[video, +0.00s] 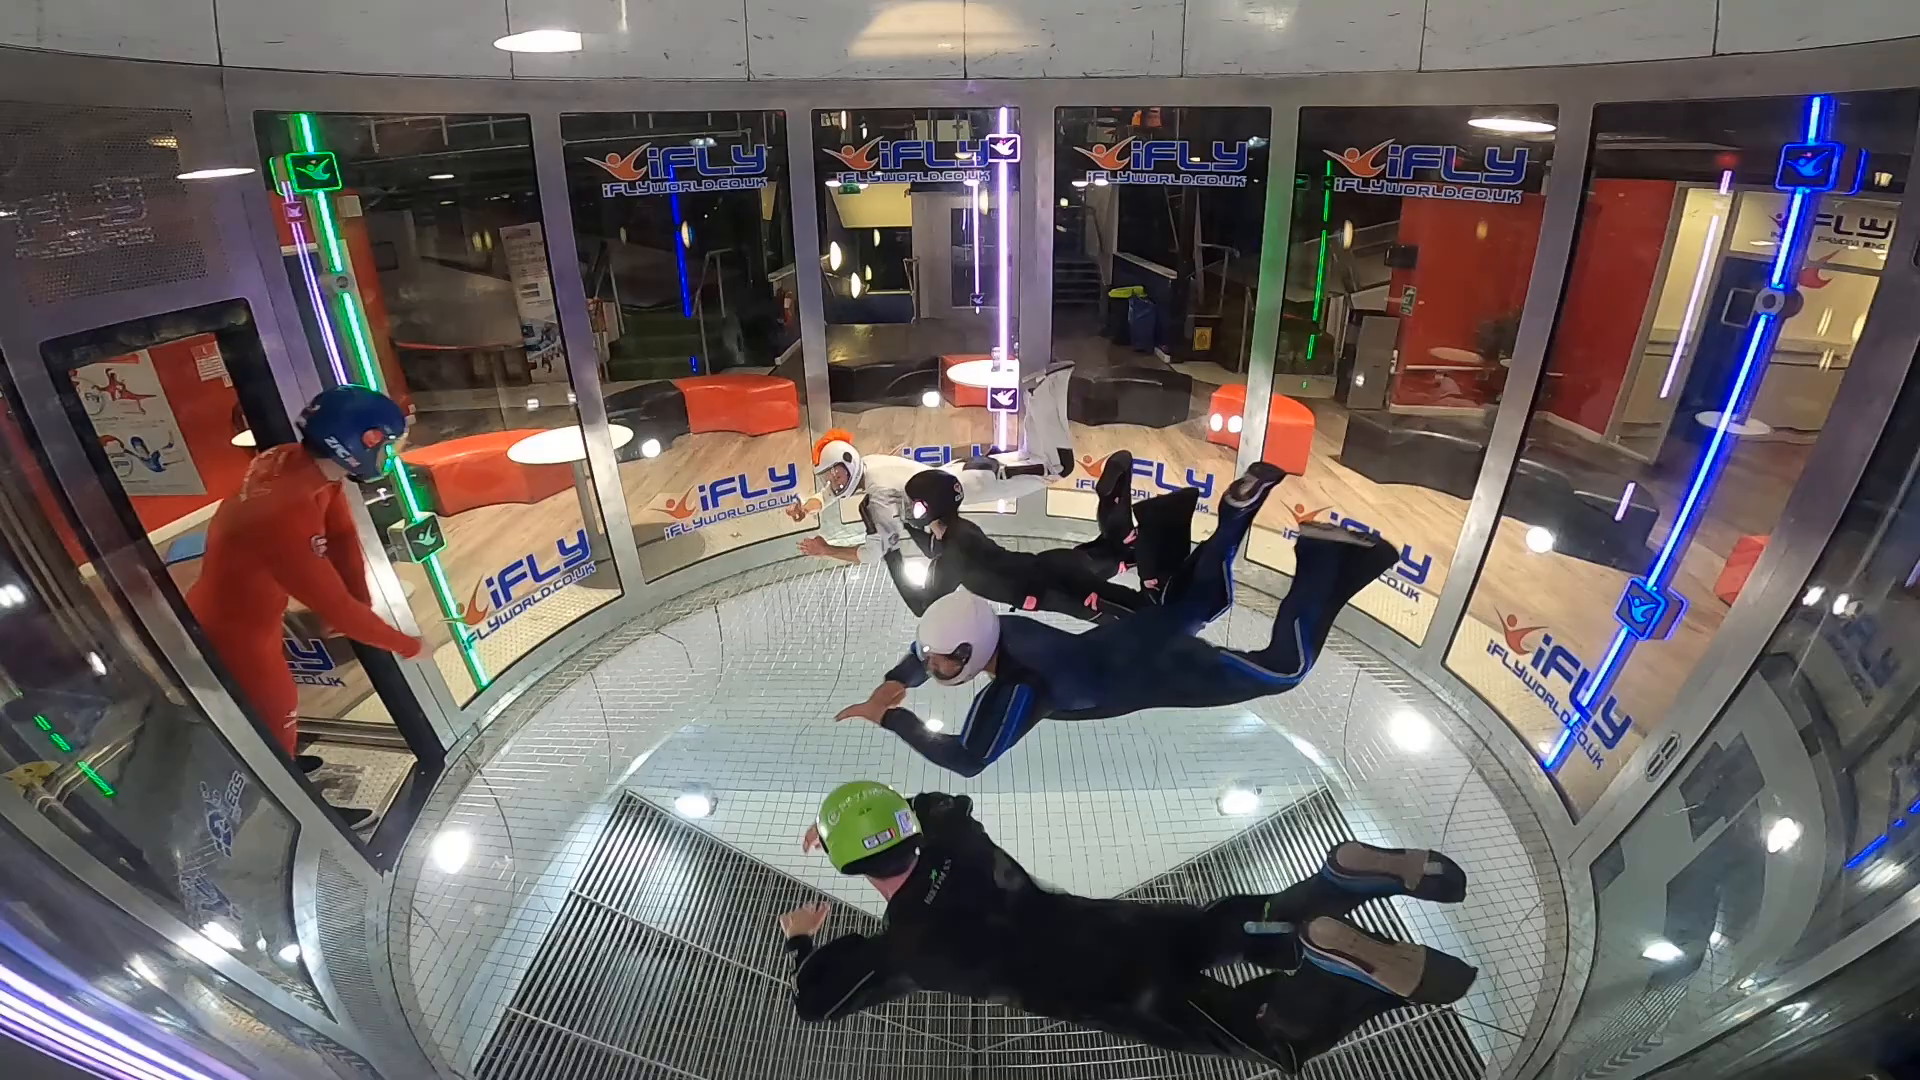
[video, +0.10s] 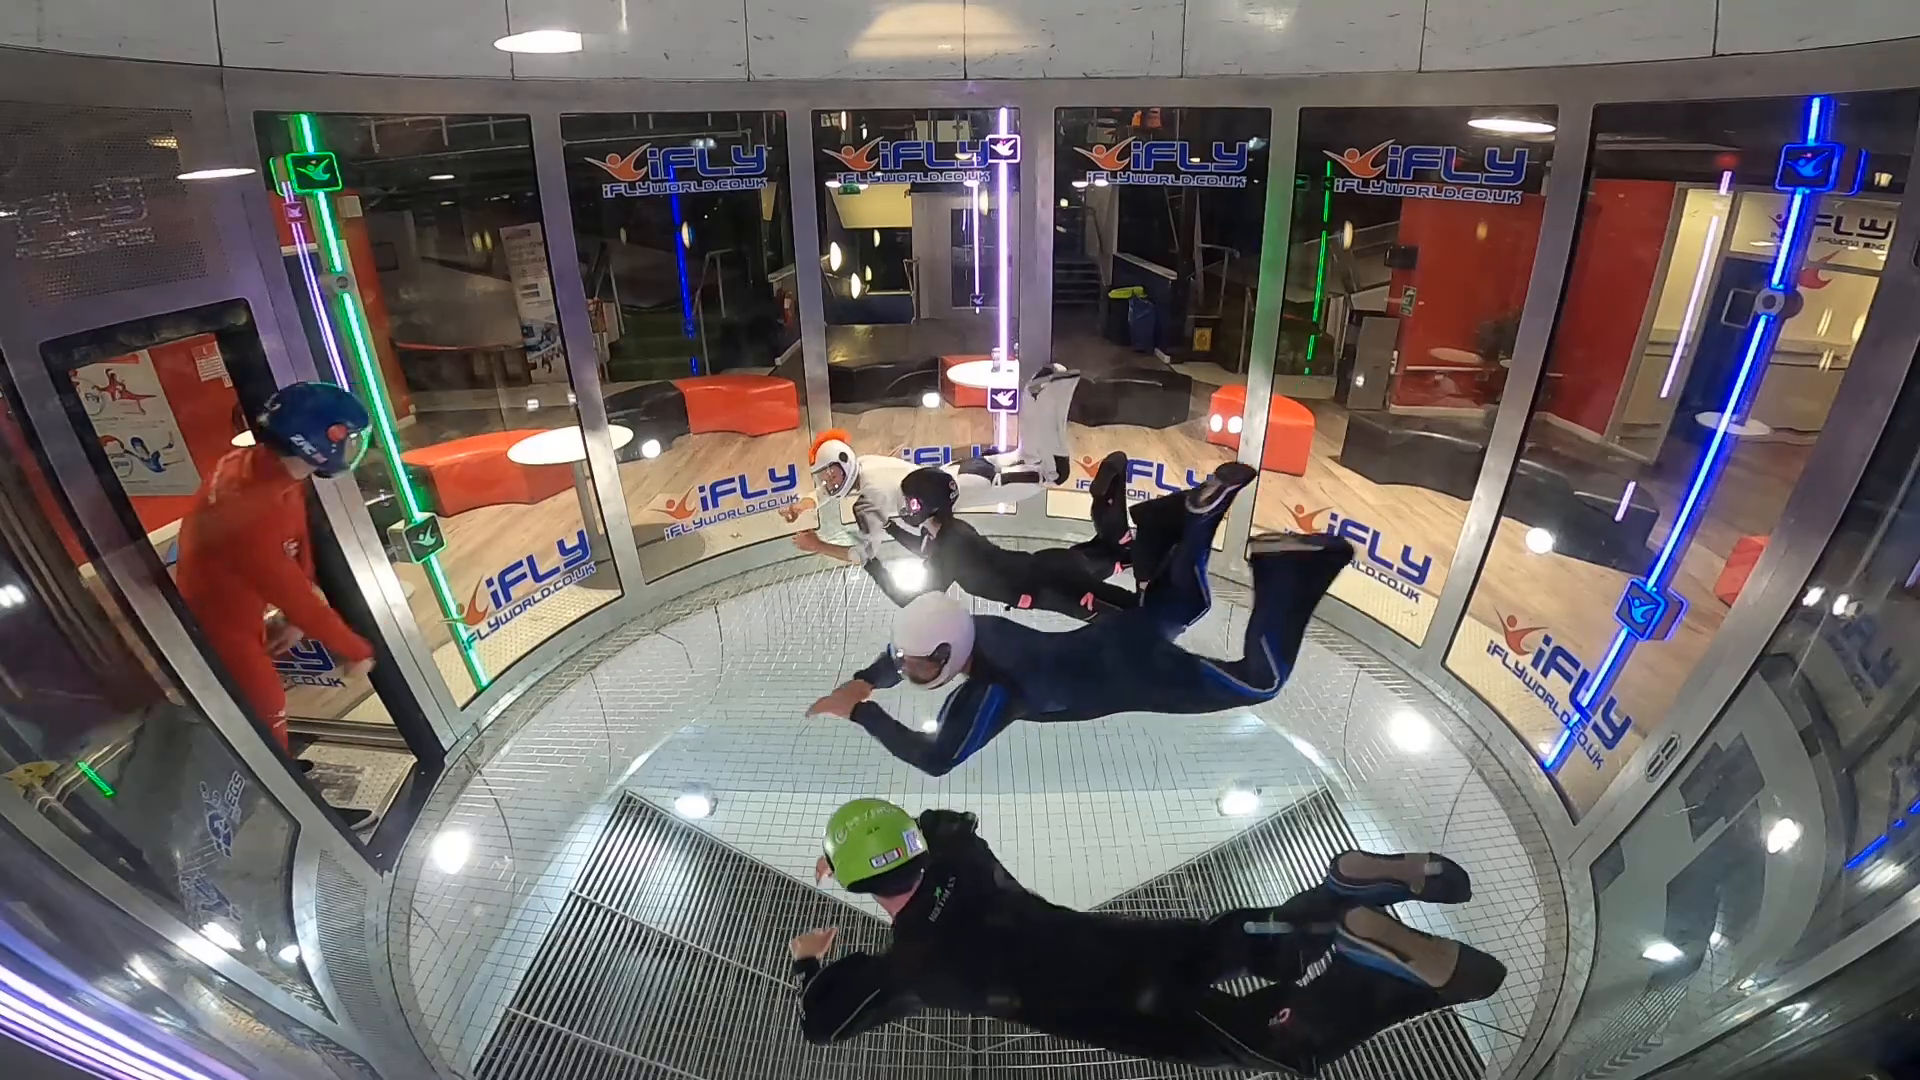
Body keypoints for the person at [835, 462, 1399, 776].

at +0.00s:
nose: (941, 671)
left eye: (947, 663)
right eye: (936, 661)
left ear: (975, 658)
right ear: (962, 638)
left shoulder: (1018, 688)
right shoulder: (990, 623)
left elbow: (967, 759)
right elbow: (929, 652)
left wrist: (895, 718)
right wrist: (895, 690)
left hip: (1159, 675)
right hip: (1131, 637)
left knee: (1285, 666)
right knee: (1205, 597)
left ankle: (1324, 557)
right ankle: (1235, 512)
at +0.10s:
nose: (916, 676)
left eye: (924, 668)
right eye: (910, 666)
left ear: (953, 659)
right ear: (929, 643)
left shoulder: (993, 687)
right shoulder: (965, 624)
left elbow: (936, 757)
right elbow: (903, 654)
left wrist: (862, 713)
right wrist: (861, 685)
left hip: (1138, 676)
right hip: (1117, 630)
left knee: (1261, 679)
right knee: (1182, 593)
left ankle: (1285, 566)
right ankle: (1203, 513)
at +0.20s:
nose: (863, 670)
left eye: (871, 661)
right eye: (861, 660)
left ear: (904, 657)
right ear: (905, 637)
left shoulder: (946, 686)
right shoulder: (924, 629)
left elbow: (883, 756)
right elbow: (862, 656)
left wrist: (818, 695)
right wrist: (812, 672)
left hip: (1098, 681)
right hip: (1075, 641)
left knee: (1219, 691)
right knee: (1145, 611)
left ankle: (1219, 572)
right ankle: (1171, 520)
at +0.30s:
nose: (819, 666)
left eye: (826, 661)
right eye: (817, 658)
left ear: (857, 657)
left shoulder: (899, 687)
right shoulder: (887, 622)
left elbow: (832, 751)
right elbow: (823, 640)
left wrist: (766, 690)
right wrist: (765, 663)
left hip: (1067, 691)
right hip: (1051, 641)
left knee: (1179, 702)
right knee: (1110, 618)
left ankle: (1177, 570)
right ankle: (1152, 538)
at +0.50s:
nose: (736, 645)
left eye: (741, 638)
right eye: (733, 636)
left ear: (764, 635)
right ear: (772, 609)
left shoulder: (802, 681)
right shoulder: (806, 609)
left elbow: (737, 748)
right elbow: (755, 612)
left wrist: (672, 690)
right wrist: (697, 617)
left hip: (977, 696)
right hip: (969, 651)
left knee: (1090, 736)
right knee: (1043, 623)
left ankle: (1129, 628)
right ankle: (1088, 526)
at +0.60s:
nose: (716, 642)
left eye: (715, 635)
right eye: (712, 633)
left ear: (730, 634)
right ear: (749, 600)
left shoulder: (764, 681)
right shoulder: (782, 604)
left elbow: (686, 744)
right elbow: (724, 601)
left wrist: (619, 688)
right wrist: (661, 615)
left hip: (939, 709)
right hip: (937, 654)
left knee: (1049, 753)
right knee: (997, 631)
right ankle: (1056, 551)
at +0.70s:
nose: (676, 634)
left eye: (674, 625)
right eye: (672, 622)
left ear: (684, 622)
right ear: (707, 588)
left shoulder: (723, 676)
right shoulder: (742, 593)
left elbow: (638, 740)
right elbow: (682, 585)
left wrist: (576, 675)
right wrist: (622, 616)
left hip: (906, 711)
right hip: (902, 657)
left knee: (1005, 768)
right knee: (968, 636)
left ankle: (1004, 670)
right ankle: (992, 556)